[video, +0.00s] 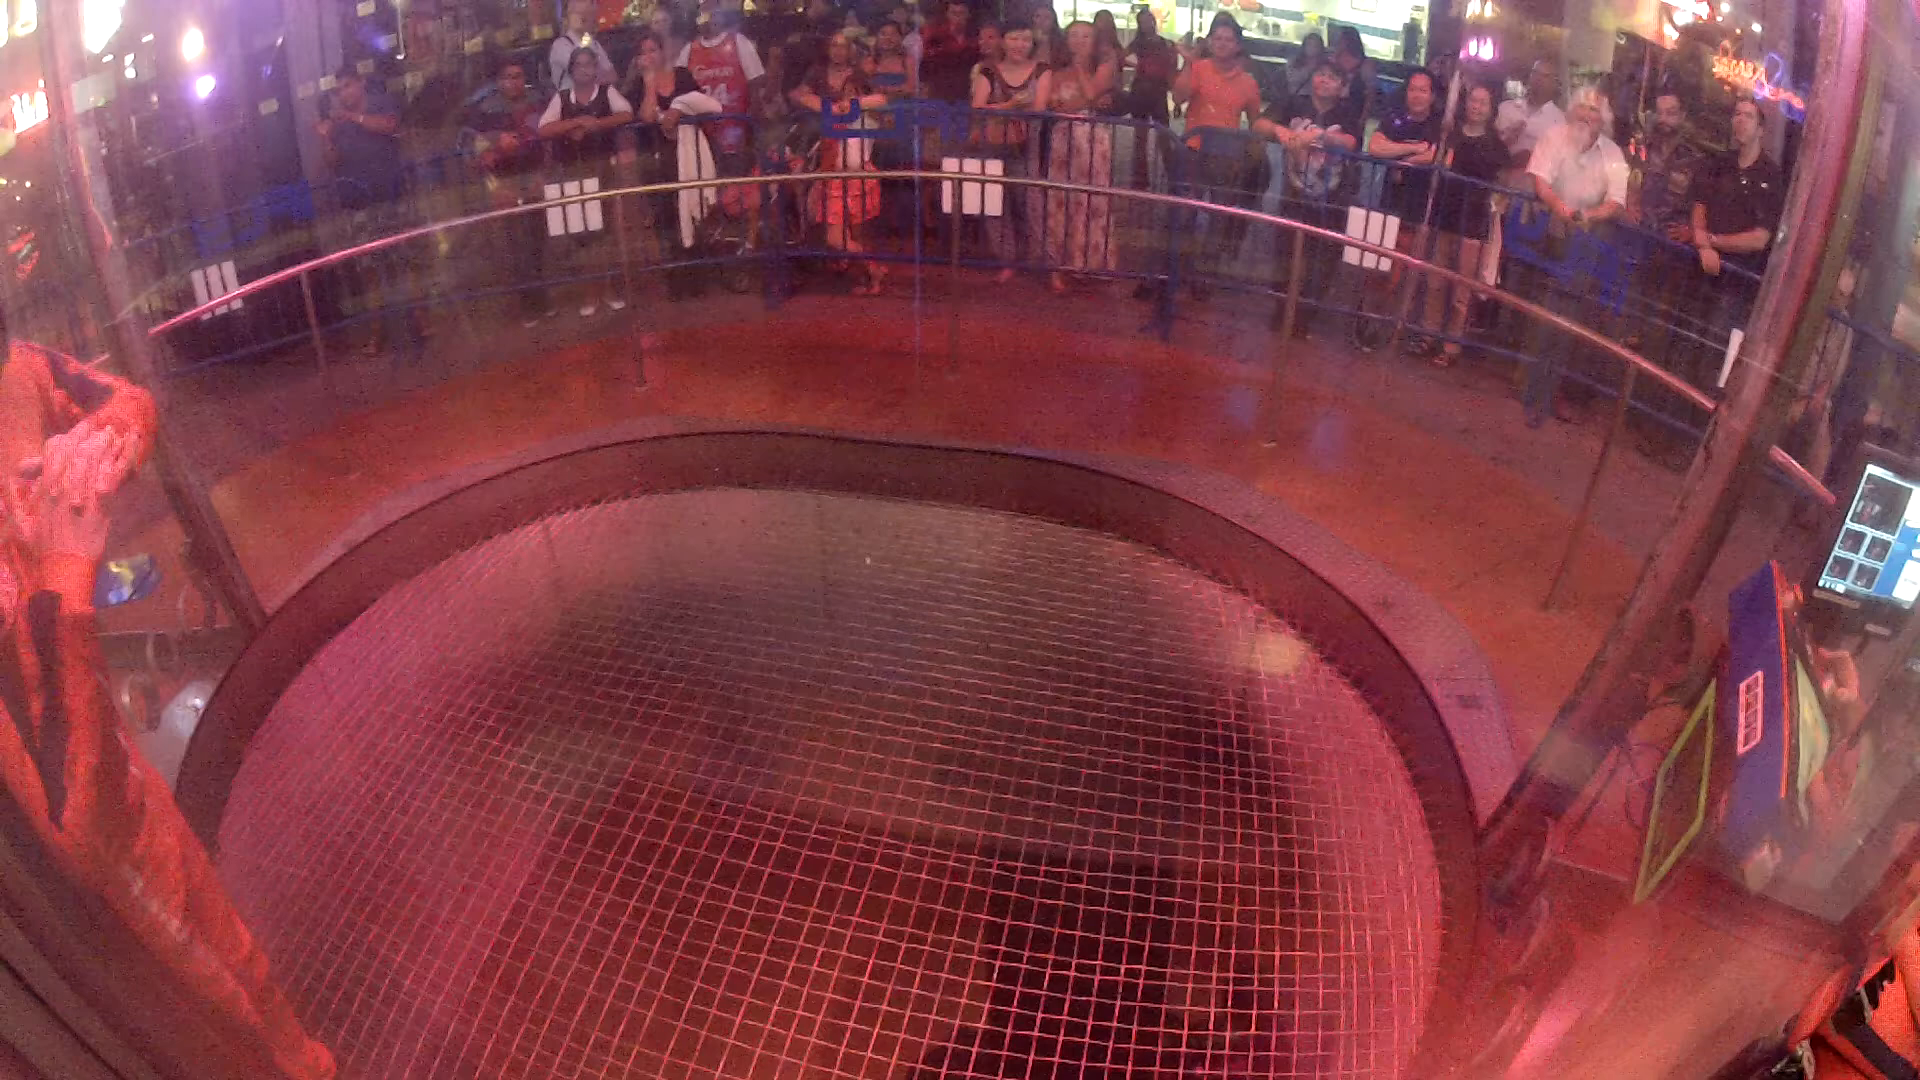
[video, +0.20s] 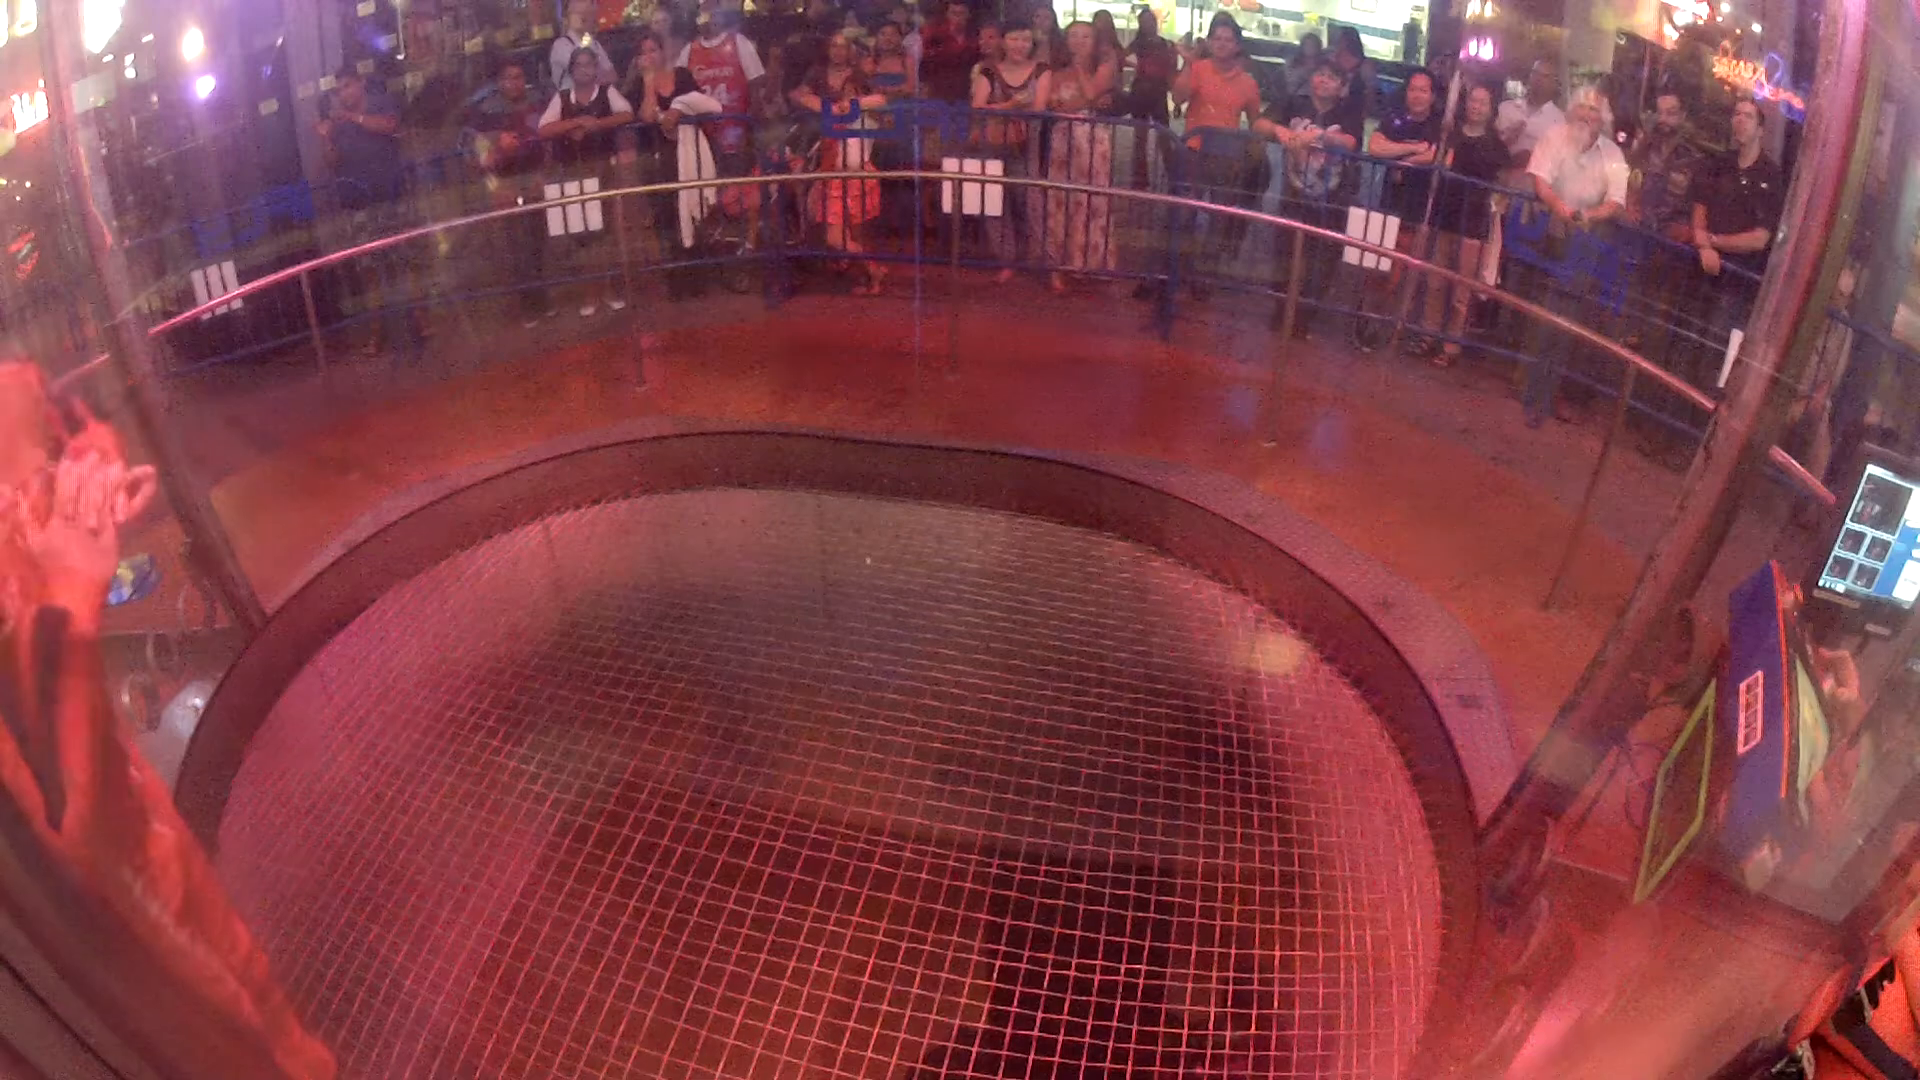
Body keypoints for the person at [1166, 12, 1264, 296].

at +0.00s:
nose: (1222, 43)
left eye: (1228, 38)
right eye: (1217, 37)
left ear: (1238, 44)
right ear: (1209, 41)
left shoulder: (1246, 81)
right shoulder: (1198, 68)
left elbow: (1256, 121)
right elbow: (1178, 97)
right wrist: (1189, 65)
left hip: (1228, 150)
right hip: (1194, 145)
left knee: (1220, 213)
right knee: (1183, 207)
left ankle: (1205, 272)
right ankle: (1169, 269)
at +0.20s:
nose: (1222, 43)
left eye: (1228, 39)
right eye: (1217, 38)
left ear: (1238, 45)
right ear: (1209, 41)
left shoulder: (1246, 81)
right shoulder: (1198, 68)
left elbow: (1256, 121)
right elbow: (1178, 97)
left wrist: (1278, 132)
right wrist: (1188, 64)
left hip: (1228, 152)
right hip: (1194, 146)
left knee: (1220, 214)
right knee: (1184, 209)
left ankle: (1205, 273)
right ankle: (1171, 270)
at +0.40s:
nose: (1222, 44)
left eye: (1228, 39)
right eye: (1217, 38)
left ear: (1237, 45)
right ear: (1208, 41)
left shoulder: (1246, 81)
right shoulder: (1197, 68)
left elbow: (1256, 122)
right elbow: (1178, 97)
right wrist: (1188, 65)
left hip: (1228, 150)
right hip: (1194, 145)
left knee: (1221, 214)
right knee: (1183, 208)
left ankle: (1204, 272)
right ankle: (1169, 270)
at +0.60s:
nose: (1222, 43)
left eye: (1228, 38)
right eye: (1217, 37)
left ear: (1237, 44)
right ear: (1208, 41)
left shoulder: (1246, 81)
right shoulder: (1196, 68)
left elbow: (1256, 122)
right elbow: (1177, 96)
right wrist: (1186, 63)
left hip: (1227, 151)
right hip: (1194, 146)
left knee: (1220, 214)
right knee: (1181, 209)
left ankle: (1205, 273)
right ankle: (1169, 270)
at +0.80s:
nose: (1221, 43)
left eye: (1227, 39)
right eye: (1216, 38)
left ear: (1237, 44)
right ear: (1208, 41)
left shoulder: (1246, 81)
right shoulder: (1196, 68)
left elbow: (1256, 122)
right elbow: (1177, 97)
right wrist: (1187, 65)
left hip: (1227, 152)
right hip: (1193, 147)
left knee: (1220, 216)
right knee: (1180, 211)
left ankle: (1204, 276)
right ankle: (1168, 272)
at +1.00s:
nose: (1221, 44)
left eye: (1227, 39)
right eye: (1216, 38)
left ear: (1236, 44)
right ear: (1207, 41)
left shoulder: (1245, 80)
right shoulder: (1196, 69)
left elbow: (1256, 121)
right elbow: (1177, 96)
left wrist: (1256, 147)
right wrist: (1185, 63)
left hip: (1228, 151)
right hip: (1194, 146)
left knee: (1221, 214)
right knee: (1184, 209)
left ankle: (1205, 273)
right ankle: (1172, 269)